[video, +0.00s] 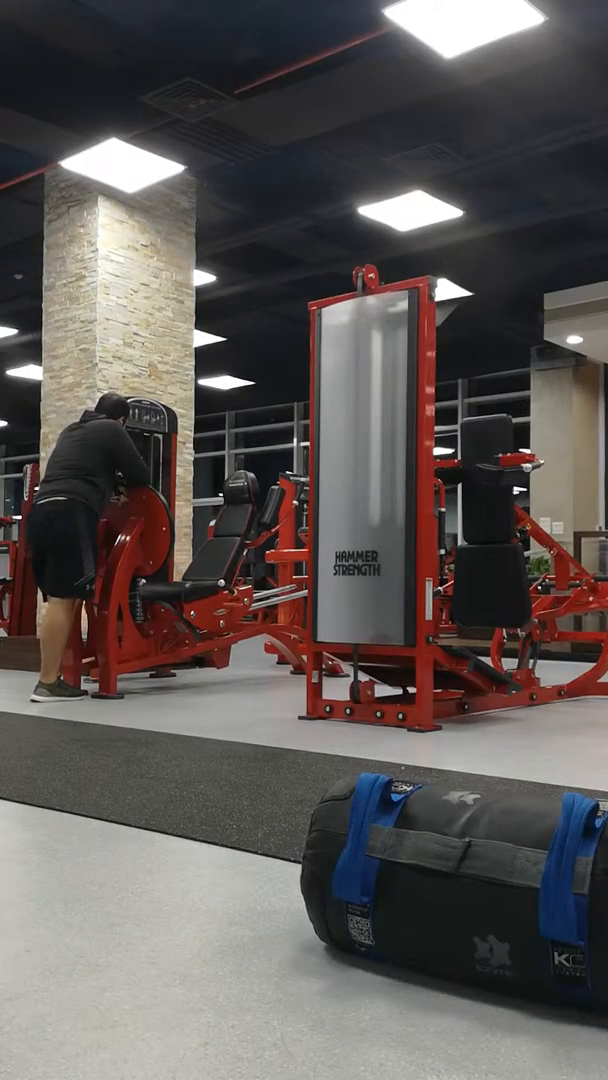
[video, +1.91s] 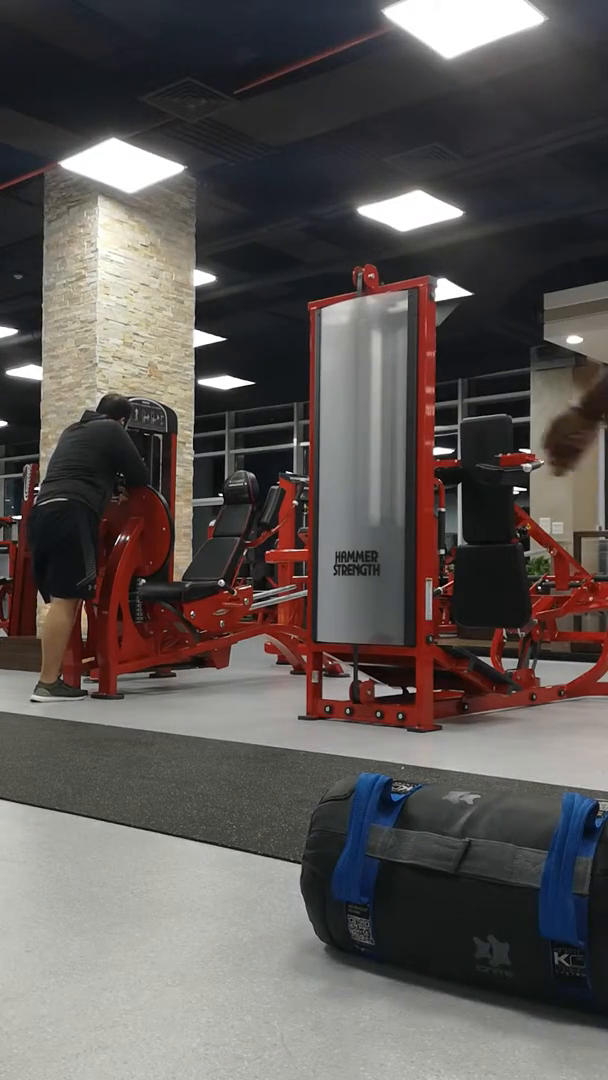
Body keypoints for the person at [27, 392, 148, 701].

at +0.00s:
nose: (124, 425)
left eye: (124, 422)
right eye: (125, 422)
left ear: (97, 413)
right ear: (121, 419)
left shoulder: (70, 430)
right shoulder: (113, 430)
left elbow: (75, 468)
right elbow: (141, 477)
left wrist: (109, 483)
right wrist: (113, 474)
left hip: (41, 511)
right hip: (68, 511)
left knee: (56, 599)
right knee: (60, 600)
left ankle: (51, 678)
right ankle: (48, 682)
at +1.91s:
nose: (126, 427)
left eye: (126, 423)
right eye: (127, 423)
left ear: (99, 414)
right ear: (122, 419)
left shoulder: (71, 431)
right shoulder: (113, 431)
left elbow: (76, 469)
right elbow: (140, 478)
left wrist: (110, 486)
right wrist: (114, 476)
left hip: (42, 511)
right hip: (68, 510)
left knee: (61, 600)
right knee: (64, 600)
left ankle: (50, 678)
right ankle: (48, 682)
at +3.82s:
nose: (126, 426)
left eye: (126, 423)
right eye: (127, 422)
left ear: (99, 413)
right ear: (121, 419)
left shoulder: (71, 431)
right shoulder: (113, 430)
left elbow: (74, 471)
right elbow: (141, 478)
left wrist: (109, 486)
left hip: (44, 511)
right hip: (70, 510)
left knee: (70, 601)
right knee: (62, 601)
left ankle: (54, 678)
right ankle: (47, 682)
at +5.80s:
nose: (122, 423)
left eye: (121, 419)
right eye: (122, 419)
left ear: (91, 413)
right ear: (116, 416)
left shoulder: (70, 431)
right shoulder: (111, 430)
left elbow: (75, 472)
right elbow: (141, 478)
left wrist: (110, 487)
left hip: (42, 511)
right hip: (68, 511)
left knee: (67, 601)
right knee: (59, 601)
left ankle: (54, 679)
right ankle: (47, 682)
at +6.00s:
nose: (122, 423)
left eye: (121, 419)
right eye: (122, 419)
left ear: (91, 413)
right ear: (116, 416)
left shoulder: (70, 431)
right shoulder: (110, 430)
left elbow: (75, 472)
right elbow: (141, 478)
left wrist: (109, 487)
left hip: (42, 511)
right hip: (68, 511)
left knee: (68, 601)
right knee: (59, 601)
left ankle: (54, 678)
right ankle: (47, 682)